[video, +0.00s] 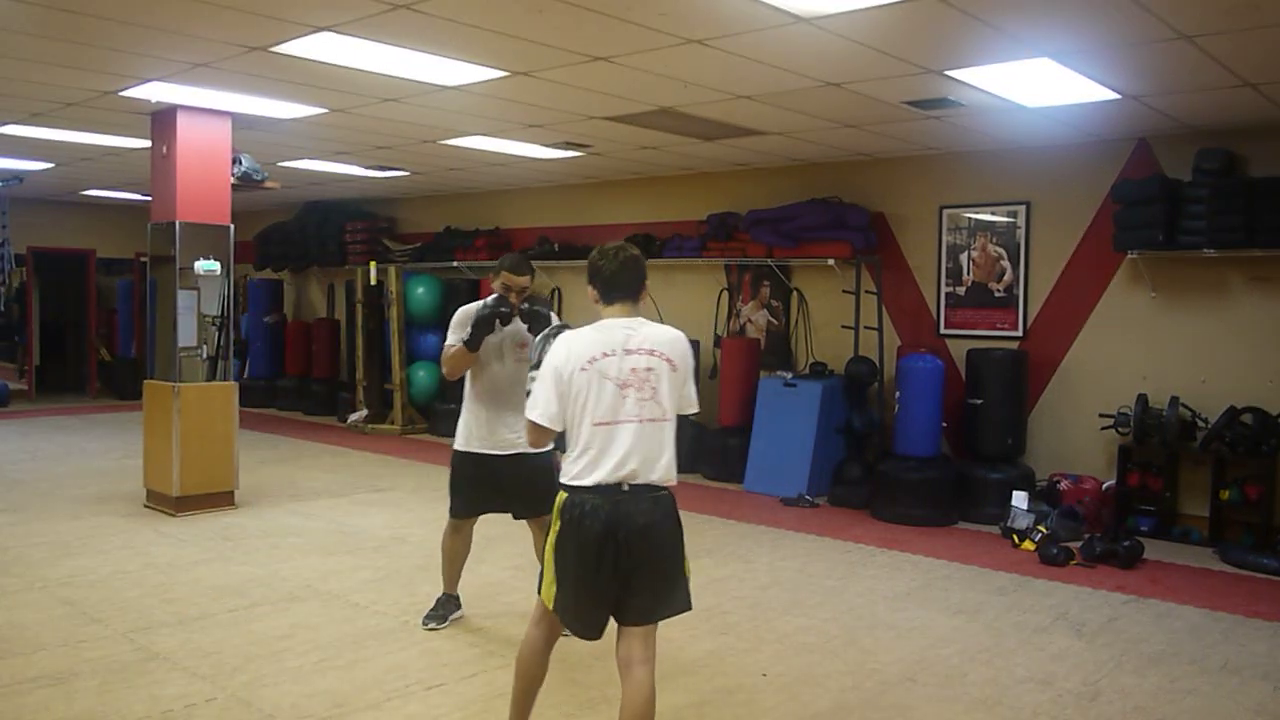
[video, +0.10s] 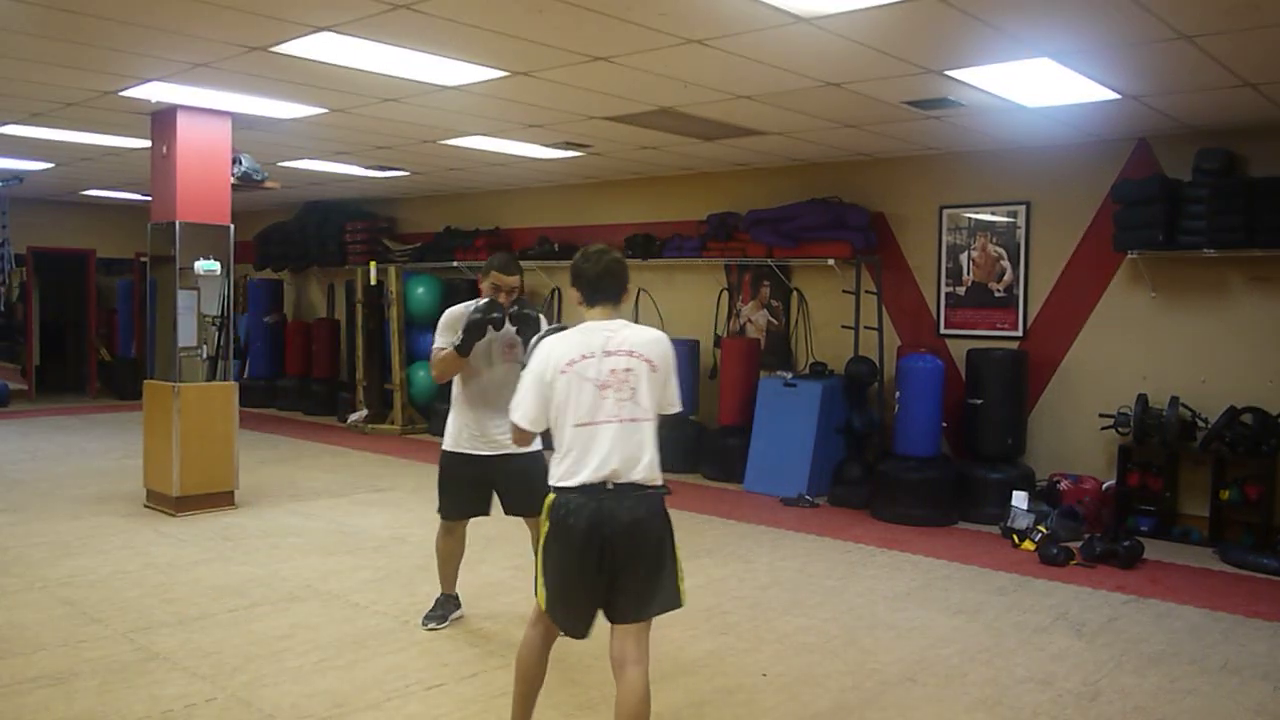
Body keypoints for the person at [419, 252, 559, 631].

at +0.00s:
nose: (512, 296)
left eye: (521, 290)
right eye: (506, 288)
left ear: (532, 288)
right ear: (492, 281)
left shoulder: (542, 319)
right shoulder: (468, 316)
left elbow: (569, 363)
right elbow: (451, 370)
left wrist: (543, 329)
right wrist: (481, 330)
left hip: (530, 444)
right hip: (475, 443)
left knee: (544, 523)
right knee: (459, 523)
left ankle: (558, 601)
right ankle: (449, 597)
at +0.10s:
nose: (502, 298)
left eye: (511, 291)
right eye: (496, 288)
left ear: (522, 290)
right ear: (481, 283)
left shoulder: (533, 321)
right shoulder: (456, 317)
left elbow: (552, 377)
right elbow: (439, 372)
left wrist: (533, 338)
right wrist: (471, 336)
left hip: (521, 446)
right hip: (464, 446)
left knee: (540, 523)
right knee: (451, 523)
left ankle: (553, 600)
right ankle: (447, 597)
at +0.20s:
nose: (495, 300)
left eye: (503, 293)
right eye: (488, 290)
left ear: (514, 289)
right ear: (473, 283)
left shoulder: (524, 321)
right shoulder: (447, 317)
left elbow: (541, 379)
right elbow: (430, 372)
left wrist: (526, 342)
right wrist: (461, 337)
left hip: (516, 442)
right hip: (459, 444)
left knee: (543, 519)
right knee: (447, 523)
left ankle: (550, 601)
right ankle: (447, 596)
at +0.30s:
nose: (491, 296)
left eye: (499, 290)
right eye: (485, 288)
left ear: (510, 286)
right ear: (468, 280)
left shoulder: (518, 317)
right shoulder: (443, 315)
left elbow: (538, 372)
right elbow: (428, 371)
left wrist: (524, 334)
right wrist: (459, 330)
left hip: (512, 437)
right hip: (456, 441)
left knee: (539, 520)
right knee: (446, 522)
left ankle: (550, 609)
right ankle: (446, 595)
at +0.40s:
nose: (491, 297)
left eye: (499, 290)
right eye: (484, 288)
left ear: (508, 287)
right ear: (467, 281)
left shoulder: (519, 319)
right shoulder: (443, 317)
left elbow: (545, 368)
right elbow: (429, 374)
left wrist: (535, 331)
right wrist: (458, 329)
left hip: (510, 443)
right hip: (455, 444)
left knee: (529, 529)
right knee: (445, 524)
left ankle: (543, 617)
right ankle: (444, 595)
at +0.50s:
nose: (497, 299)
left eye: (504, 292)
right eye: (489, 291)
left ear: (513, 287)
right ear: (472, 283)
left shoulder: (523, 319)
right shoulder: (449, 319)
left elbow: (546, 370)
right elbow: (435, 376)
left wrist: (537, 332)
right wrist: (460, 333)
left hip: (512, 446)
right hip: (457, 447)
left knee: (533, 532)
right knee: (443, 526)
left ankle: (540, 623)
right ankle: (444, 593)